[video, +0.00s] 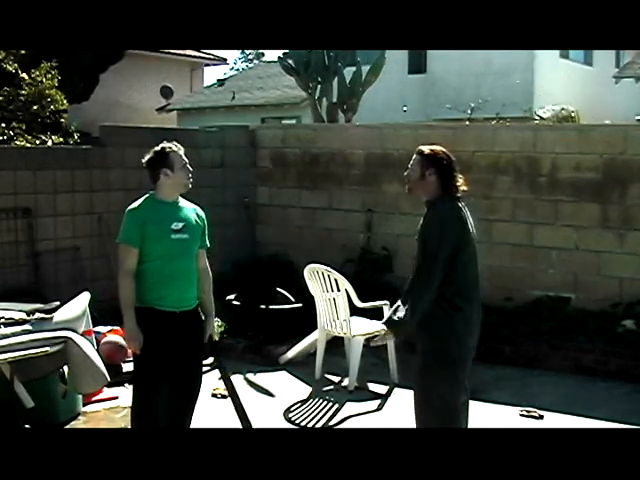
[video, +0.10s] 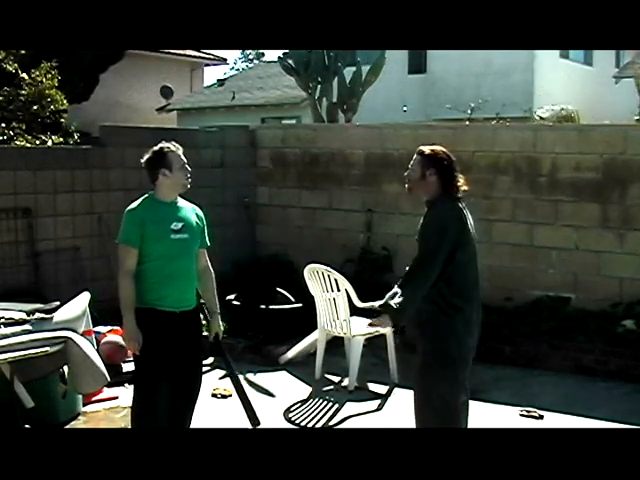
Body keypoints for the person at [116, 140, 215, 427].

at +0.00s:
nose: (190, 170)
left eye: (188, 165)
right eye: (184, 166)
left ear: (171, 173)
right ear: (166, 173)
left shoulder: (196, 214)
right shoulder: (137, 214)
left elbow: (203, 268)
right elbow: (126, 272)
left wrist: (210, 316)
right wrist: (130, 325)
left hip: (189, 319)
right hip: (152, 319)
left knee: (184, 400)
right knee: (151, 402)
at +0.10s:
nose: (189, 171)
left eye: (187, 165)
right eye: (182, 166)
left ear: (168, 173)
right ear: (163, 174)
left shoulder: (194, 214)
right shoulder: (137, 214)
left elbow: (204, 268)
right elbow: (126, 272)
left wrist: (214, 314)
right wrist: (129, 325)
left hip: (188, 320)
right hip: (152, 320)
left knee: (184, 400)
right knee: (152, 402)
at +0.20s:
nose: (185, 169)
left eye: (183, 164)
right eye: (178, 165)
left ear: (169, 173)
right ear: (158, 173)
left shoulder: (193, 213)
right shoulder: (136, 214)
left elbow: (205, 266)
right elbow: (126, 272)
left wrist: (221, 313)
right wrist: (129, 325)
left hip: (187, 320)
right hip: (152, 320)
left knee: (185, 398)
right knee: (152, 400)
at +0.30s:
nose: (175, 170)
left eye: (178, 165)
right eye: (167, 166)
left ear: (182, 169)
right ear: (152, 172)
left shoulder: (192, 212)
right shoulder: (134, 213)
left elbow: (205, 265)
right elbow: (124, 272)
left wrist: (225, 310)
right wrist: (128, 324)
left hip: (186, 319)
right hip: (150, 320)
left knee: (184, 399)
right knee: (151, 402)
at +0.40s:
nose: (165, 170)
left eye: (170, 165)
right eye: (158, 166)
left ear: (178, 171)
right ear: (148, 173)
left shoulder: (191, 213)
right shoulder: (133, 214)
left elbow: (204, 265)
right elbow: (122, 272)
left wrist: (225, 309)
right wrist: (124, 322)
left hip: (185, 319)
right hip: (148, 319)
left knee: (184, 398)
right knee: (151, 400)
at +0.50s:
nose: (161, 172)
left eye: (165, 166)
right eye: (153, 168)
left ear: (175, 170)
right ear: (145, 175)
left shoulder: (191, 213)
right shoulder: (132, 215)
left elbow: (203, 266)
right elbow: (118, 270)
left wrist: (223, 311)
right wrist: (121, 319)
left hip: (184, 318)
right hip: (146, 319)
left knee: (184, 394)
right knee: (150, 397)